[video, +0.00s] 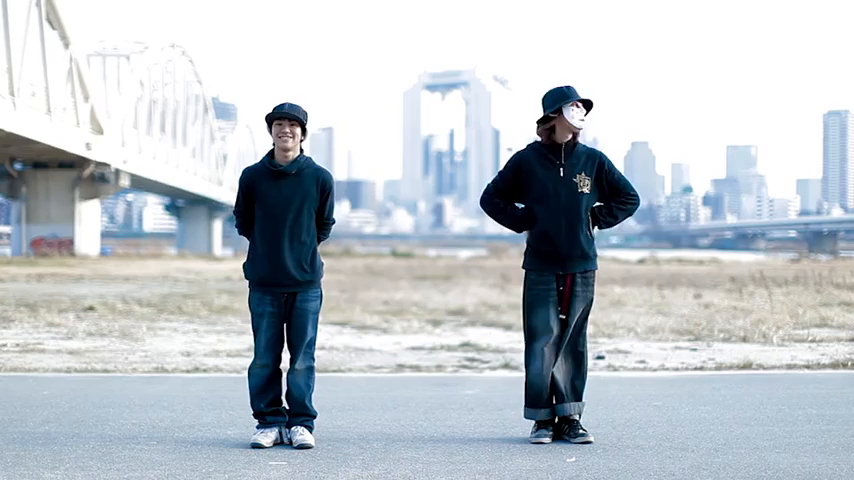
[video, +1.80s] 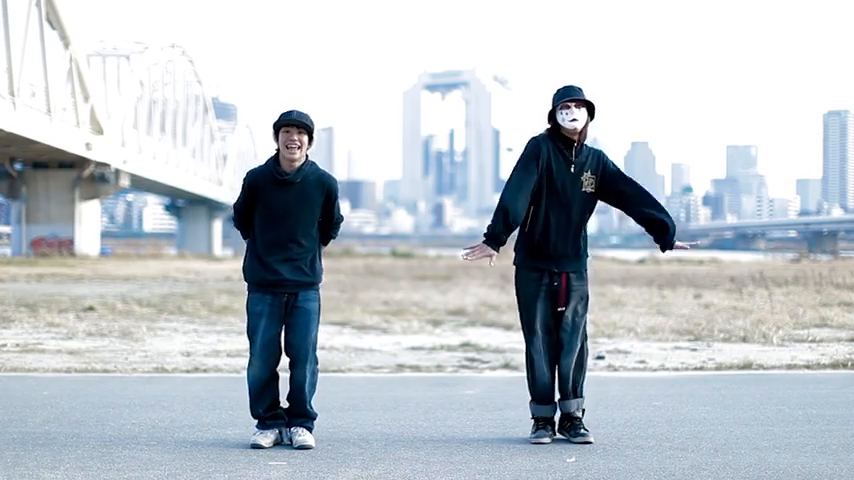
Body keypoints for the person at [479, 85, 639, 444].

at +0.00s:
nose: (582, 115)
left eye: (582, 109)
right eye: (575, 109)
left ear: (578, 116)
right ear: (555, 114)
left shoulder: (593, 159)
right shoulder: (527, 159)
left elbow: (629, 199)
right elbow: (490, 199)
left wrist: (594, 218)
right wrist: (523, 221)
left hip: (581, 262)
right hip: (542, 262)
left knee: (574, 340)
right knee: (542, 337)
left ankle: (569, 418)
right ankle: (543, 420)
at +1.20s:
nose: (561, 119)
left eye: (567, 114)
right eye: (555, 113)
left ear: (577, 121)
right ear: (544, 118)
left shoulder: (591, 160)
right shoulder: (524, 158)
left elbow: (611, 210)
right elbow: (508, 208)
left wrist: (636, 251)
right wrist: (497, 254)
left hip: (580, 262)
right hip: (539, 262)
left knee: (573, 339)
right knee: (541, 340)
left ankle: (569, 418)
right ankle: (542, 419)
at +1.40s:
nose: (559, 124)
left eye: (565, 119)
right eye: (552, 119)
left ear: (575, 125)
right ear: (542, 123)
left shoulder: (588, 164)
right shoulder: (526, 157)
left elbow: (609, 195)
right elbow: (517, 193)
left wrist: (617, 220)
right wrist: (537, 232)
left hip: (579, 261)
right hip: (538, 261)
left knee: (572, 338)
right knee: (540, 338)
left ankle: (569, 418)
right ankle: (542, 419)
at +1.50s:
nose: (557, 133)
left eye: (564, 128)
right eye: (551, 127)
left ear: (574, 133)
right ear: (541, 131)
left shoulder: (588, 170)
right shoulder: (526, 166)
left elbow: (582, 208)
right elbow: (542, 205)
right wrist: (582, 244)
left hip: (576, 263)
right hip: (538, 265)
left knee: (573, 339)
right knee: (541, 339)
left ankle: (569, 419)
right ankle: (543, 420)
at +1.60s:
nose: (558, 141)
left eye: (565, 135)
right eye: (552, 134)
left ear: (574, 141)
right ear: (542, 139)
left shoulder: (587, 177)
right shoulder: (526, 176)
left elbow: (585, 212)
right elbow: (542, 215)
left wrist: (579, 236)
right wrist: (575, 243)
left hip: (576, 271)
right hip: (538, 272)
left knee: (574, 345)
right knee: (540, 344)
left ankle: (569, 421)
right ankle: (542, 422)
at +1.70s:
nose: (563, 133)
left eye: (569, 128)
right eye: (557, 127)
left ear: (579, 134)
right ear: (546, 132)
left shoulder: (587, 173)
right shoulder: (530, 167)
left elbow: (616, 200)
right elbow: (529, 204)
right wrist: (534, 240)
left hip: (575, 268)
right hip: (536, 267)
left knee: (573, 343)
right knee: (541, 343)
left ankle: (569, 421)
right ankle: (543, 422)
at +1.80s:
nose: (573, 114)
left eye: (578, 109)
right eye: (566, 109)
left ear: (587, 115)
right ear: (555, 115)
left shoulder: (594, 159)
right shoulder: (539, 148)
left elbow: (629, 193)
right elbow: (515, 193)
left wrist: (663, 232)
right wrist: (495, 237)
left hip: (574, 259)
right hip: (534, 259)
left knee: (573, 338)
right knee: (538, 338)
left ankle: (572, 417)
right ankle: (542, 419)